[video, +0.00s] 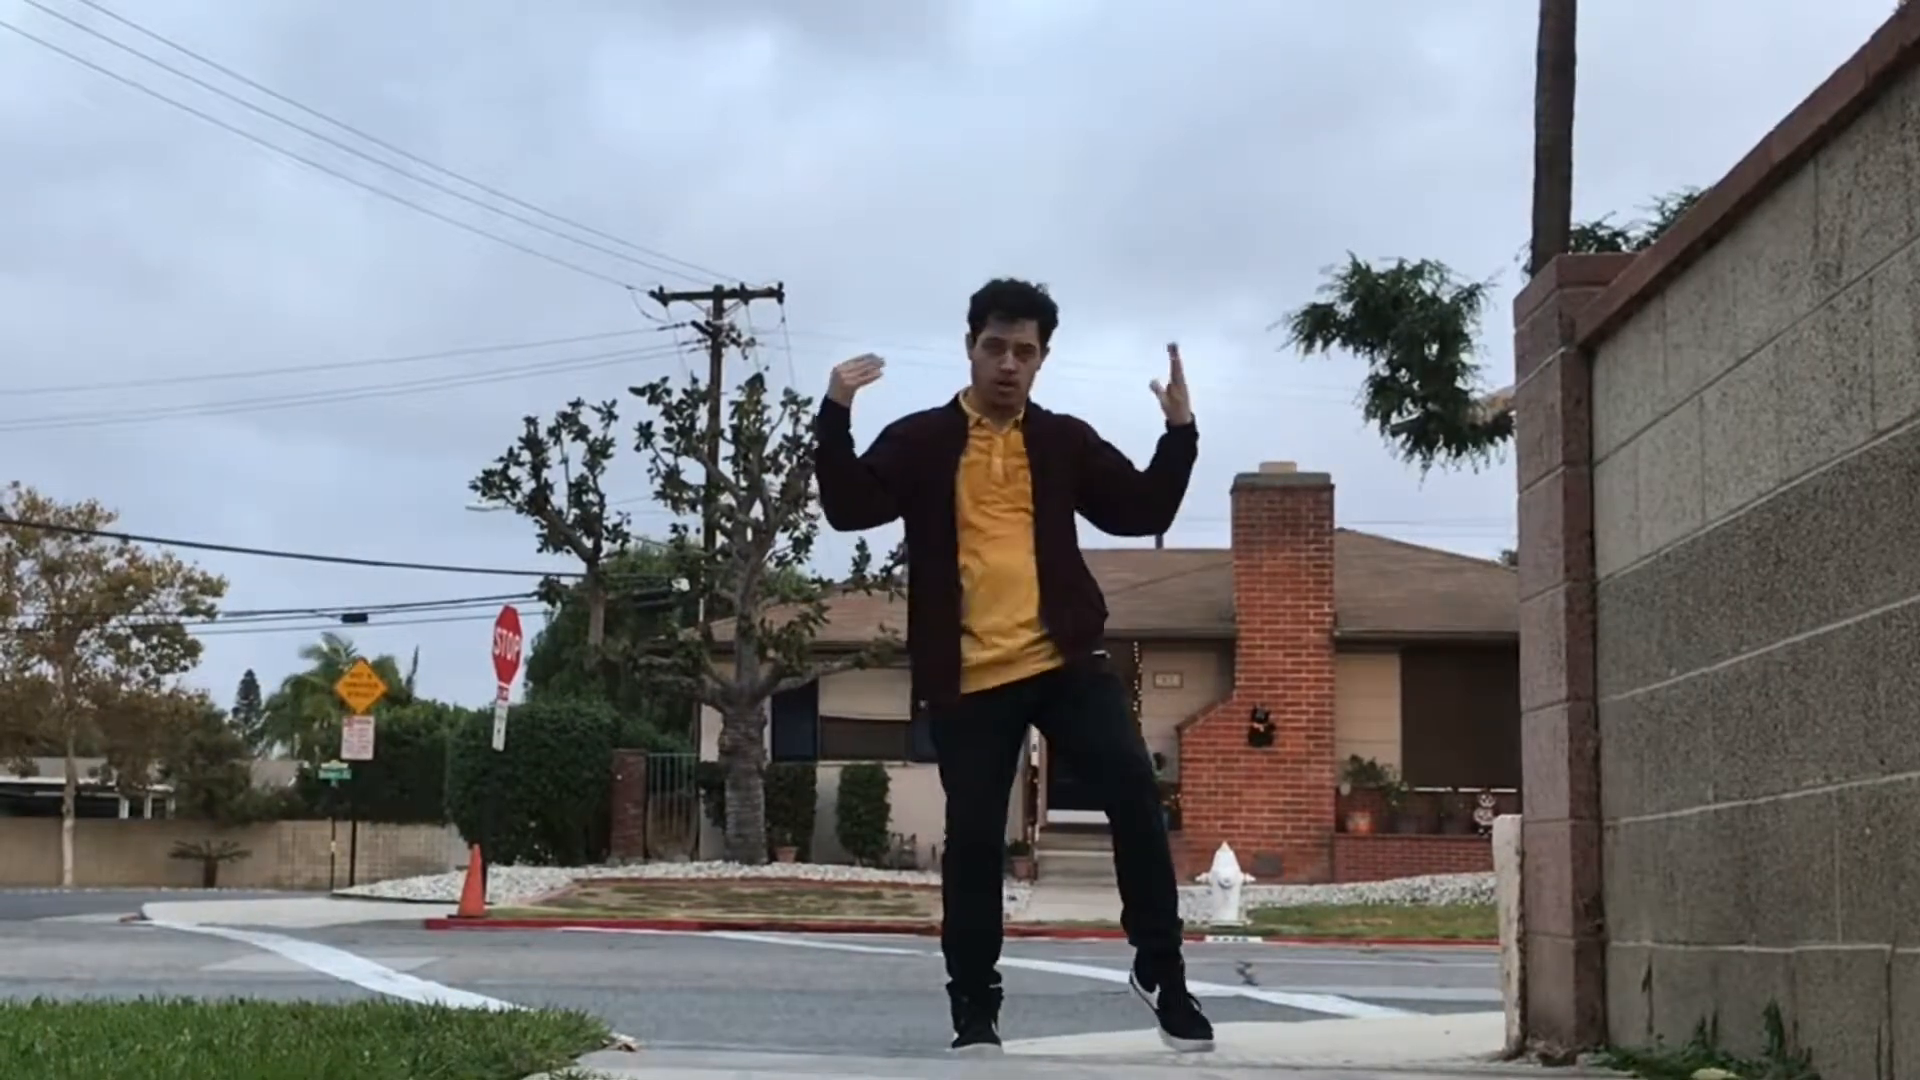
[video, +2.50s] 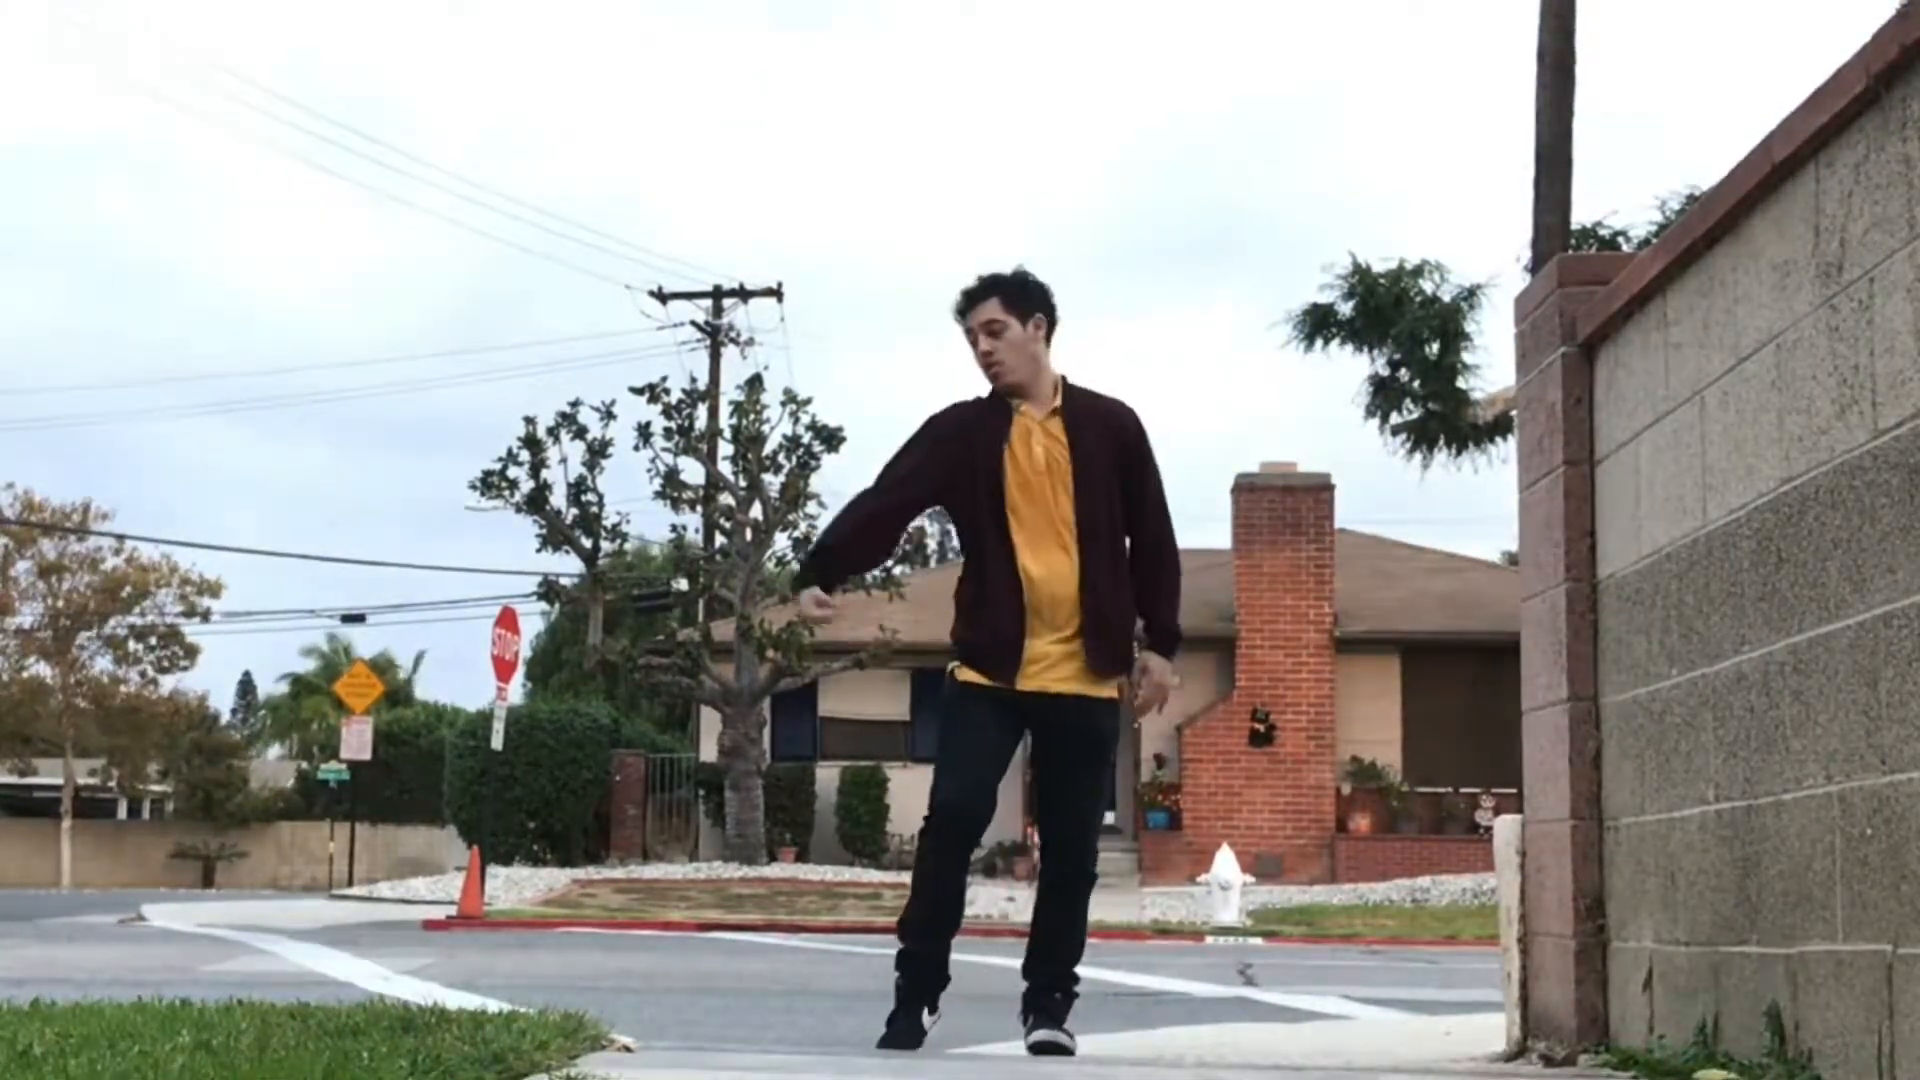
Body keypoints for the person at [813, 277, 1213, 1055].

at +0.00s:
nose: (1010, 364)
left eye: (1025, 352)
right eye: (996, 348)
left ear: (1042, 359)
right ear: (970, 349)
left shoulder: (1064, 440)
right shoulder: (919, 439)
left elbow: (1147, 514)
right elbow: (846, 505)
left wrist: (1179, 433)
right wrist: (834, 408)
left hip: (1066, 664)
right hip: (969, 680)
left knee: (1133, 790)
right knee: (975, 843)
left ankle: (1163, 972)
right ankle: (974, 1009)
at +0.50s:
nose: (1005, 353)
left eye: (1020, 339)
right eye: (991, 338)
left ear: (1040, 347)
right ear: (968, 345)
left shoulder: (1072, 434)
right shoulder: (935, 434)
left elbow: (1066, 534)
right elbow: (949, 546)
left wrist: (1014, 604)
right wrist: (1044, 629)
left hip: (1049, 666)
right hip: (957, 672)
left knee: (1104, 807)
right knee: (965, 838)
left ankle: (1147, 987)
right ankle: (972, 1007)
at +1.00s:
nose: (967, 349)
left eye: (982, 334)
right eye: (955, 339)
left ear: (1017, 343)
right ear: (945, 357)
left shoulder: (1074, 424)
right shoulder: (940, 454)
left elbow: (1131, 532)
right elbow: (920, 548)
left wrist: (1120, 618)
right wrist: (906, 602)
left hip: (1051, 681)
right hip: (959, 682)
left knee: (1043, 849)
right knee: (964, 850)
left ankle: (1043, 1013)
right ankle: (972, 1015)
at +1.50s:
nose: (1044, 345)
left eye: (1060, 332)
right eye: (1030, 330)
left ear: (1078, 345)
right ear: (1006, 339)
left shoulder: (1118, 432)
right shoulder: (969, 445)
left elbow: (1200, 521)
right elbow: (937, 551)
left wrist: (1169, 625)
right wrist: (895, 614)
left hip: (1084, 671)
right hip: (989, 667)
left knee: (1068, 838)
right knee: (972, 816)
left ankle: (1047, 1009)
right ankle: (982, 995)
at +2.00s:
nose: (1049, 343)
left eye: (1064, 327)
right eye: (1037, 331)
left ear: (1102, 333)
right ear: (1028, 341)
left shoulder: (1144, 439)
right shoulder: (1008, 408)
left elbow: (1162, 557)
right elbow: (968, 516)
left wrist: (1175, 666)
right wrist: (939, 626)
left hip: (1093, 679)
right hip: (993, 667)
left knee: (1076, 848)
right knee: (970, 821)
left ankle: (1049, 1004)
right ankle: (953, 986)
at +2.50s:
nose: (983, 349)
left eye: (994, 332)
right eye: (974, 340)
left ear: (1042, 329)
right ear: (974, 350)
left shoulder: (1112, 425)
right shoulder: (961, 429)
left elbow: (1153, 539)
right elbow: (887, 502)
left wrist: (1160, 643)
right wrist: (821, 572)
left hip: (1087, 677)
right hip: (988, 671)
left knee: (1071, 851)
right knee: (950, 824)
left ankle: (1049, 1009)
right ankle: (914, 998)